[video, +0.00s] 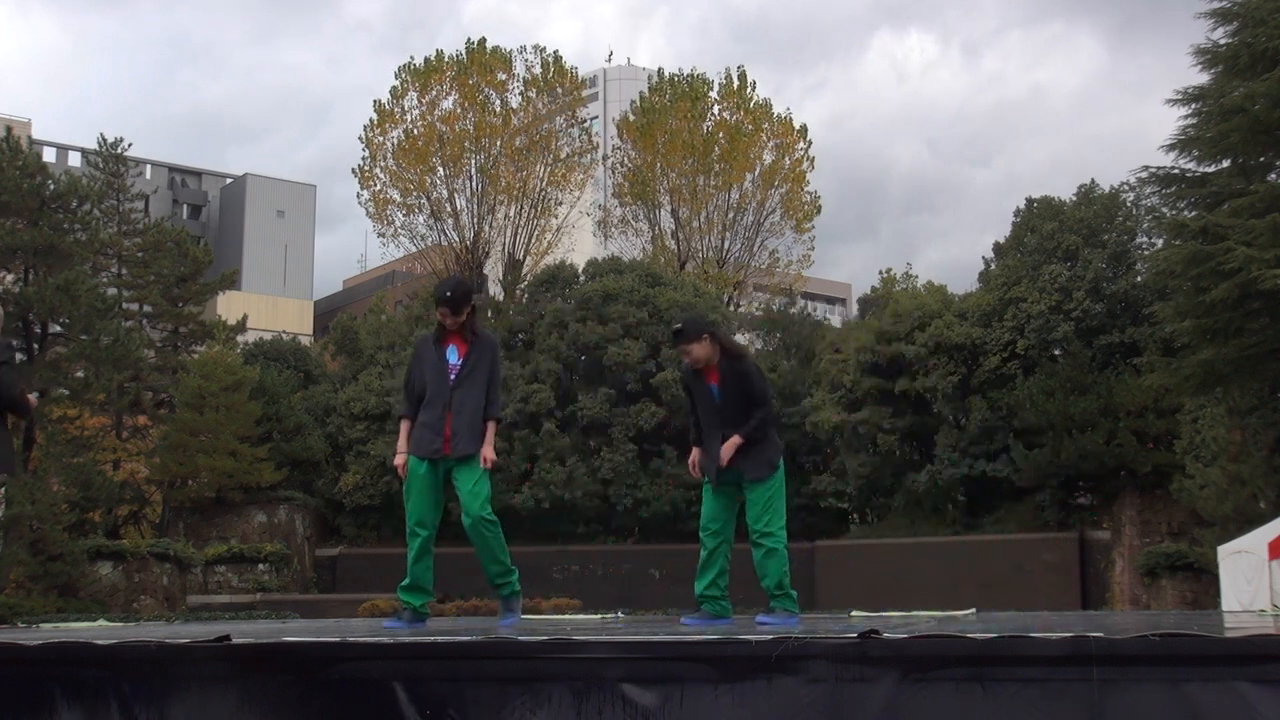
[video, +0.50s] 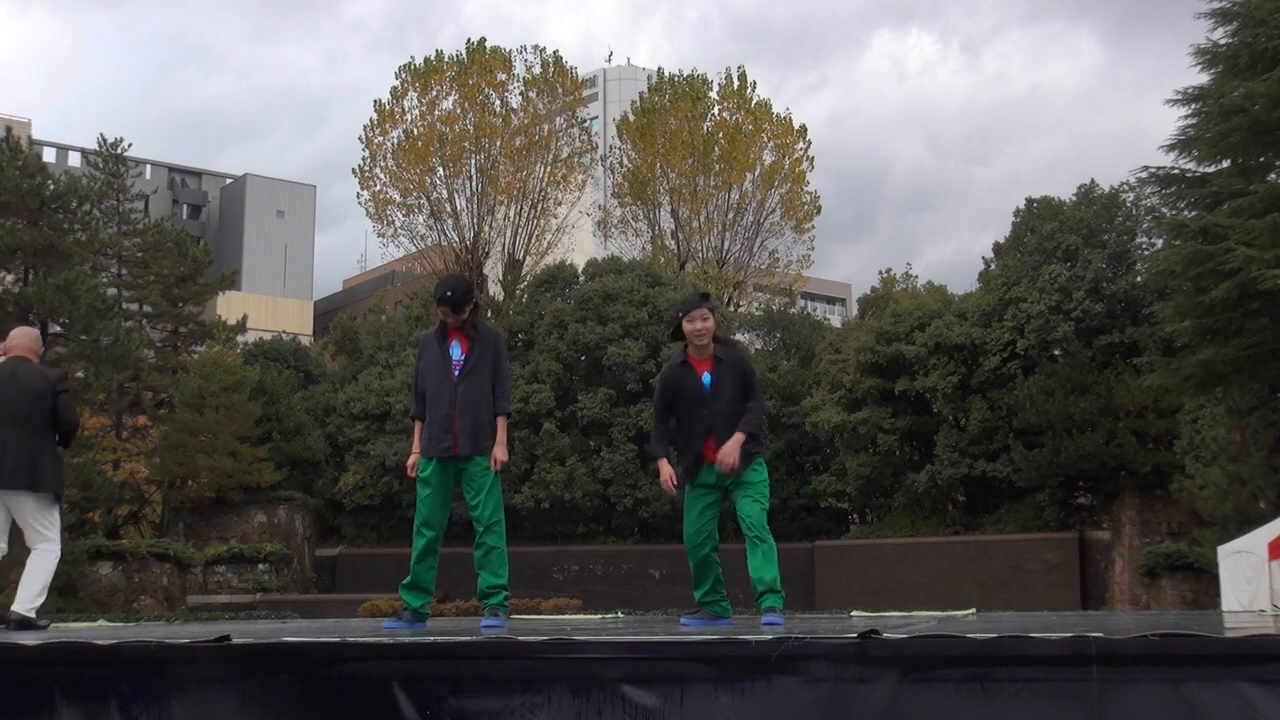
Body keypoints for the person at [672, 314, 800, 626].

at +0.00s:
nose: (685, 358)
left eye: (689, 350)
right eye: (682, 353)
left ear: (707, 340)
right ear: (684, 351)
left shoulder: (741, 365)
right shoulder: (690, 376)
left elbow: (765, 410)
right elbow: (696, 416)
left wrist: (736, 439)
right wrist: (697, 445)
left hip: (760, 459)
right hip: (719, 461)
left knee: (766, 532)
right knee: (712, 533)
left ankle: (784, 606)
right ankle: (714, 606)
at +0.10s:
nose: (664, 357)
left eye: (666, 350)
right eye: (661, 352)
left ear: (684, 341)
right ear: (680, 345)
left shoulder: (722, 370)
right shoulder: (689, 375)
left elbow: (746, 410)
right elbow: (697, 418)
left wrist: (717, 439)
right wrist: (690, 449)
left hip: (754, 462)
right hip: (719, 465)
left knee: (759, 534)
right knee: (714, 535)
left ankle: (791, 590)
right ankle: (715, 605)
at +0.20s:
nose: (656, 357)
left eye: (656, 349)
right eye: (653, 351)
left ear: (672, 342)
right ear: (673, 344)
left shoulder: (706, 372)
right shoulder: (692, 375)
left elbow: (735, 415)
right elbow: (698, 425)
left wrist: (709, 446)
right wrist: (678, 455)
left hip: (745, 464)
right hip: (716, 467)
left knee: (749, 529)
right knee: (705, 533)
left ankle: (796, 545)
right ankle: (715, 606)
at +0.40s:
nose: (685, 334)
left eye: (690, 326)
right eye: (677, 329)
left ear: (704, 327)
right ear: (671, 336)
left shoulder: (728, 359)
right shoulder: (669, 377)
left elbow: (752, 402)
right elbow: (668, 422)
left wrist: (720, 431)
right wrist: (666, 449)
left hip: (742, 455)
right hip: (700, 465)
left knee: (740, 517)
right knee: (696, 539)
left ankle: (779, 557)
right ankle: (715, 609)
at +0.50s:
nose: (699, 326)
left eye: (705, 318)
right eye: (692, 321)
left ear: (714, 322)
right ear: (682, 328)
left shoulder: (736, 359)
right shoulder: (672, 373)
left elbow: (756, 406)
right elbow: (661, 423)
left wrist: (737, 440)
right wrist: (662, 460)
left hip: (745, 463)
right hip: (699, 469)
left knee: (754, 524)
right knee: (696, 538)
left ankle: (770, 604)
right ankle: (714, 608)